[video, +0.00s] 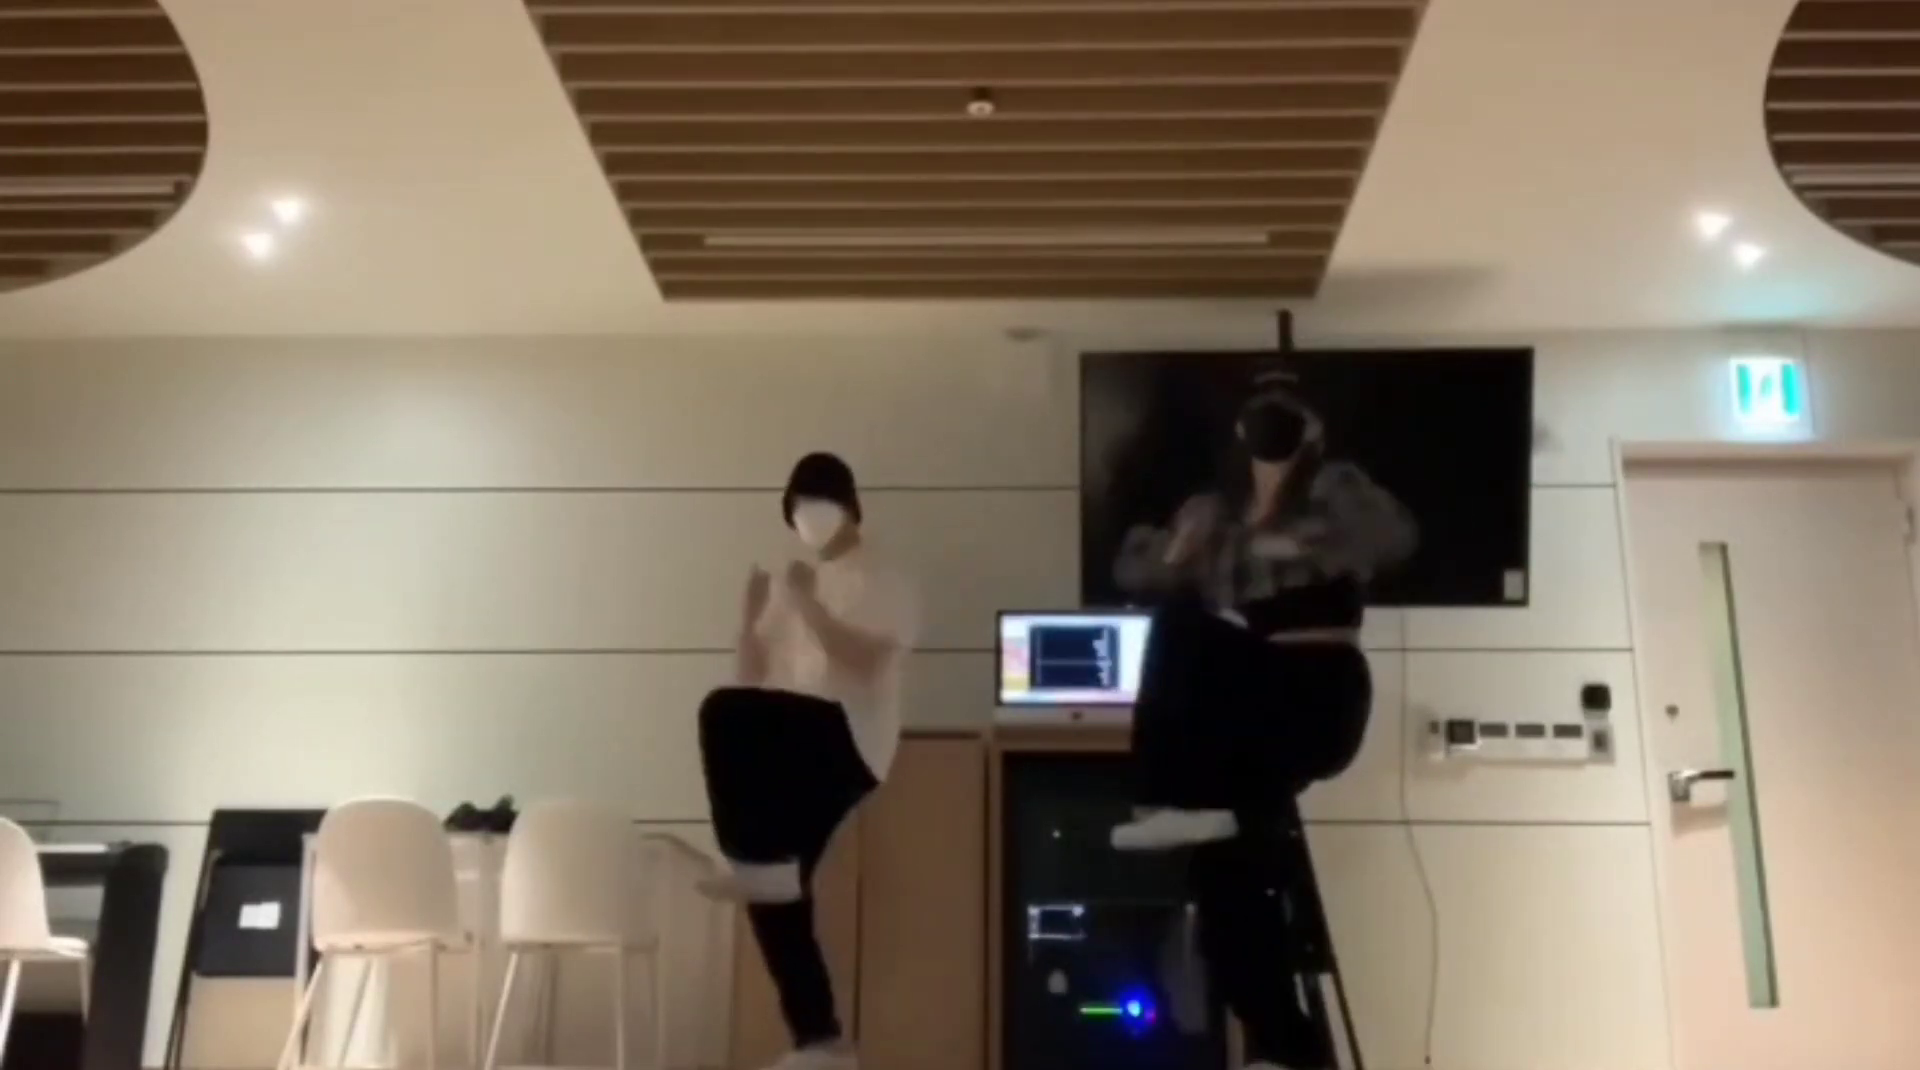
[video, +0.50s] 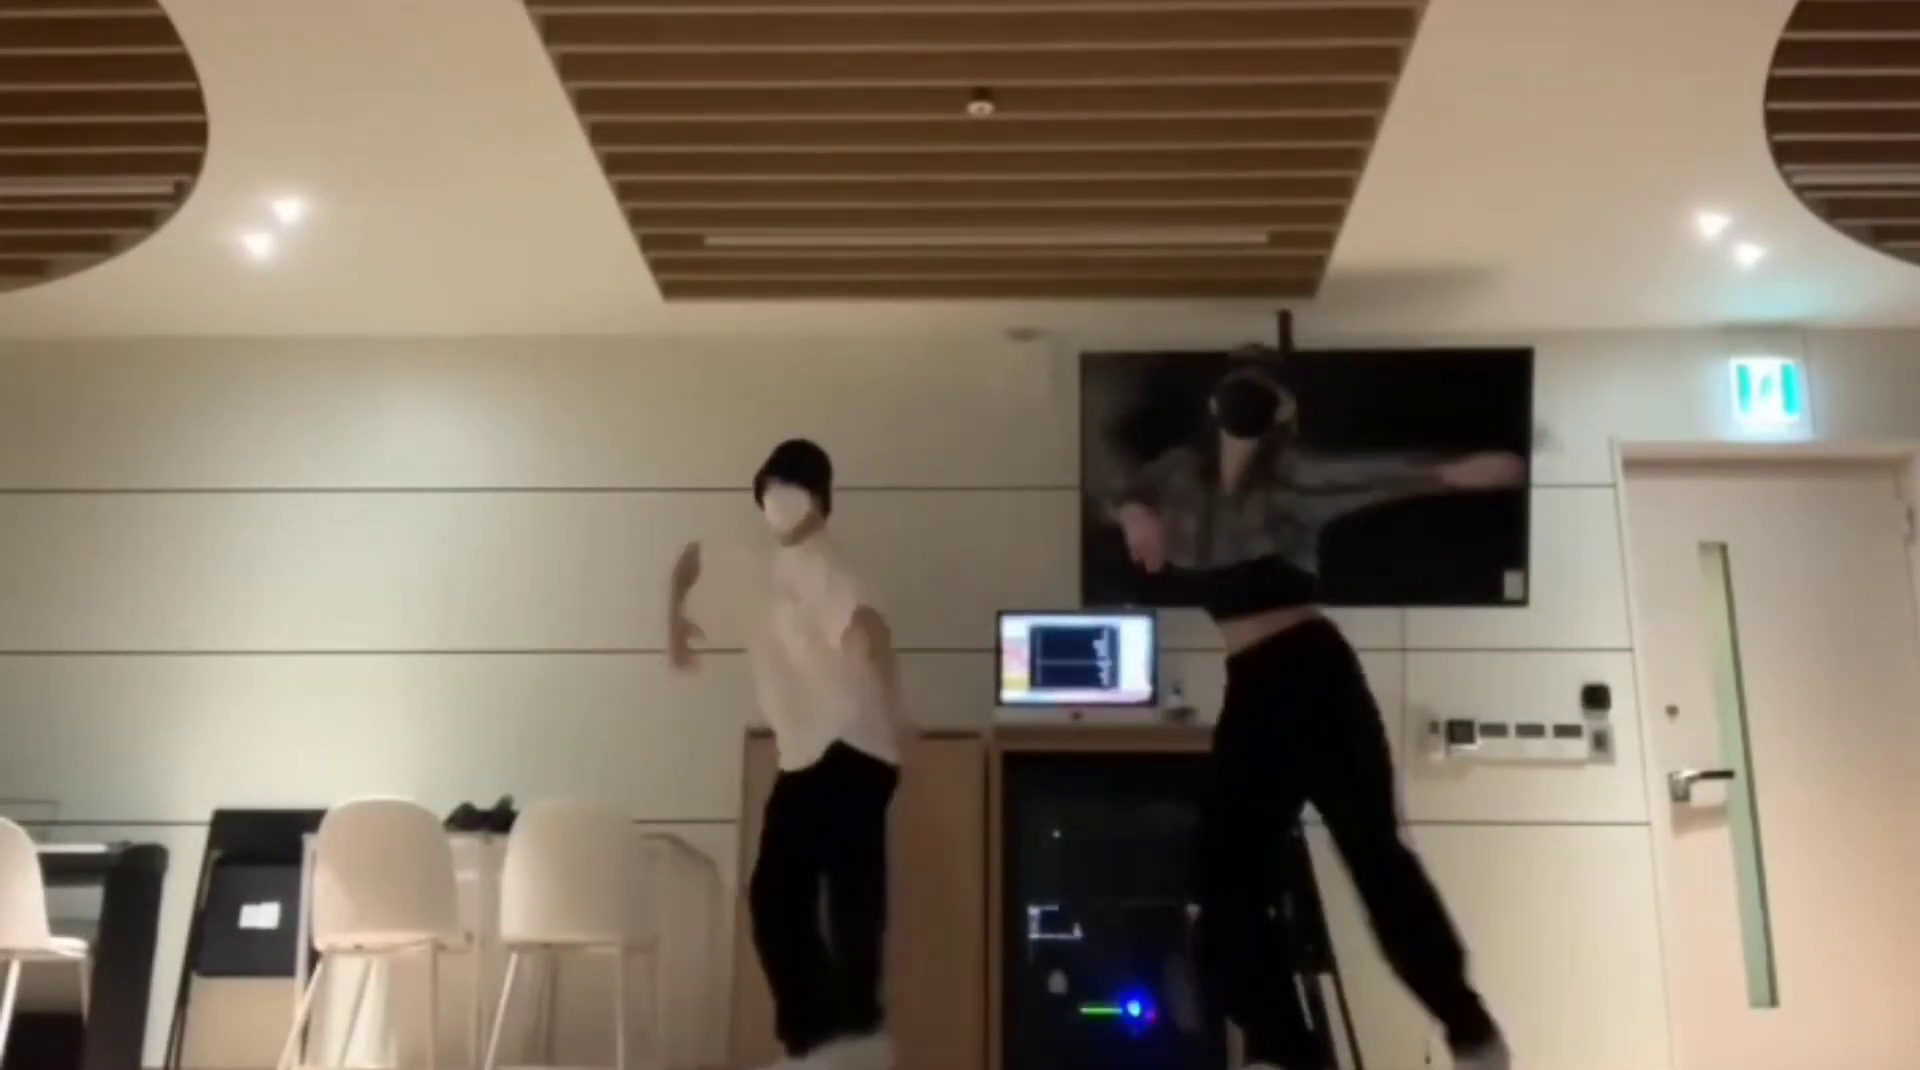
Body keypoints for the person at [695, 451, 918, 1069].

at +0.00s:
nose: (810, 521)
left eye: (822, 506)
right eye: (799, 510)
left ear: (851, 507)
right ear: (790, 516)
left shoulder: (883, 576)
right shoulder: (796, 580)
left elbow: (865, 663)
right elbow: (755, 680)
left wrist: (809, 605)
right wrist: (751, 623)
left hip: (855, 733)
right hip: (797, 736)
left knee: (726, 711)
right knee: (772, 886)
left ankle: (762, 861)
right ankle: (818, 1041)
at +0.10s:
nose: (806, 523)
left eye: (818, 508)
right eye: (796, 511)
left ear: (849, 510)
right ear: (788, 517)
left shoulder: (872, 581)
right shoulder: (803, 580)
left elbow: (834, 678)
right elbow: (773, 676)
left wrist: (788, 612)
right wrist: (761, 605)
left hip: (856, 737)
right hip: (809, 732)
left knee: (723, 708)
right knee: (769, 880)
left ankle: (759, 859)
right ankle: (816, 1040)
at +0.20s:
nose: (802, 525)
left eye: (814, 510)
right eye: (792, 513)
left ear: (844, 514)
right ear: (784, 520)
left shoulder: (873, 582)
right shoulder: (798, 582)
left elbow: (827, 669)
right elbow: (777, 681)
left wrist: (779, 606)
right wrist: (756, 614)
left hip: (857, 737)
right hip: (811, 735)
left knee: (719, 712)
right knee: (765, 887)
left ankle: (741, 866)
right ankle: (816, 1042)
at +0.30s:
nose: (804, 532)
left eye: (814, 516)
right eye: (792, 522)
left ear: (843, 517)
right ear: (784, 532)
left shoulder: (873, 585)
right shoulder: (804, 596)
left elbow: (821, 643)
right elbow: (753, 644)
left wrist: (724, 650)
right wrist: (686, 648)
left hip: (853, 740)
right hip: (808, 742)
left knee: (725, 759)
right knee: (769, 888)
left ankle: (717, 921)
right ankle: (815, 1043)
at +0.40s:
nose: (801, 531)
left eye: (813, 515)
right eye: (790, 520)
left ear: (840, 517)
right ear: (782, 527)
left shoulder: (863, 578)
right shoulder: (796, 591)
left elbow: (818, 636)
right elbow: (702, 614)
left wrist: (741, 698)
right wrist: (629, 647)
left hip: (854, 747)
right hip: (813, 751)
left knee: (753, 821)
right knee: (773, 884)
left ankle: (718, 975)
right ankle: (815, 1046)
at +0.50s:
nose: (780, 504)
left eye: (795, 491)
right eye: (770, 492)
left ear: (820, 500)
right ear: (759, 502)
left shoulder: (825, 563)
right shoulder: (776, 572)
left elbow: (871, 627)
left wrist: (895, 715)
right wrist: (678, 606)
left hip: (850, 745)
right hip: (806, 751)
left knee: (778, 892)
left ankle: (826, 1033)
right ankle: (844, 1027)